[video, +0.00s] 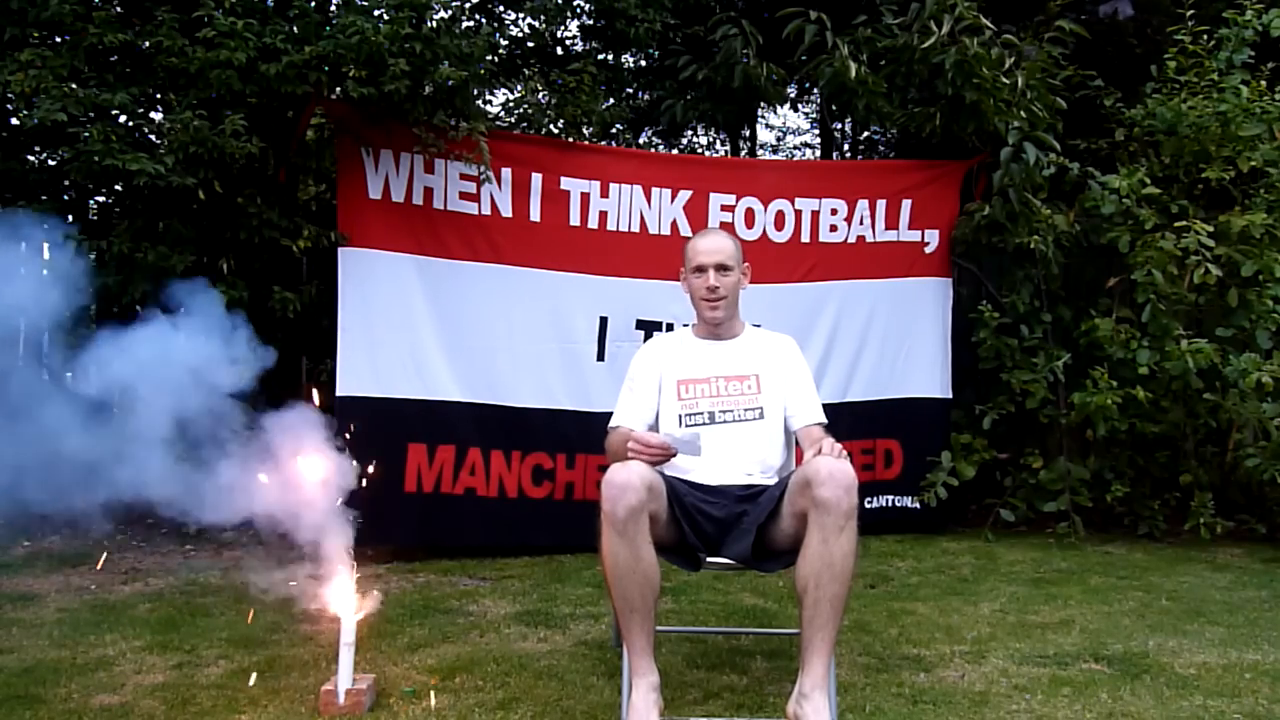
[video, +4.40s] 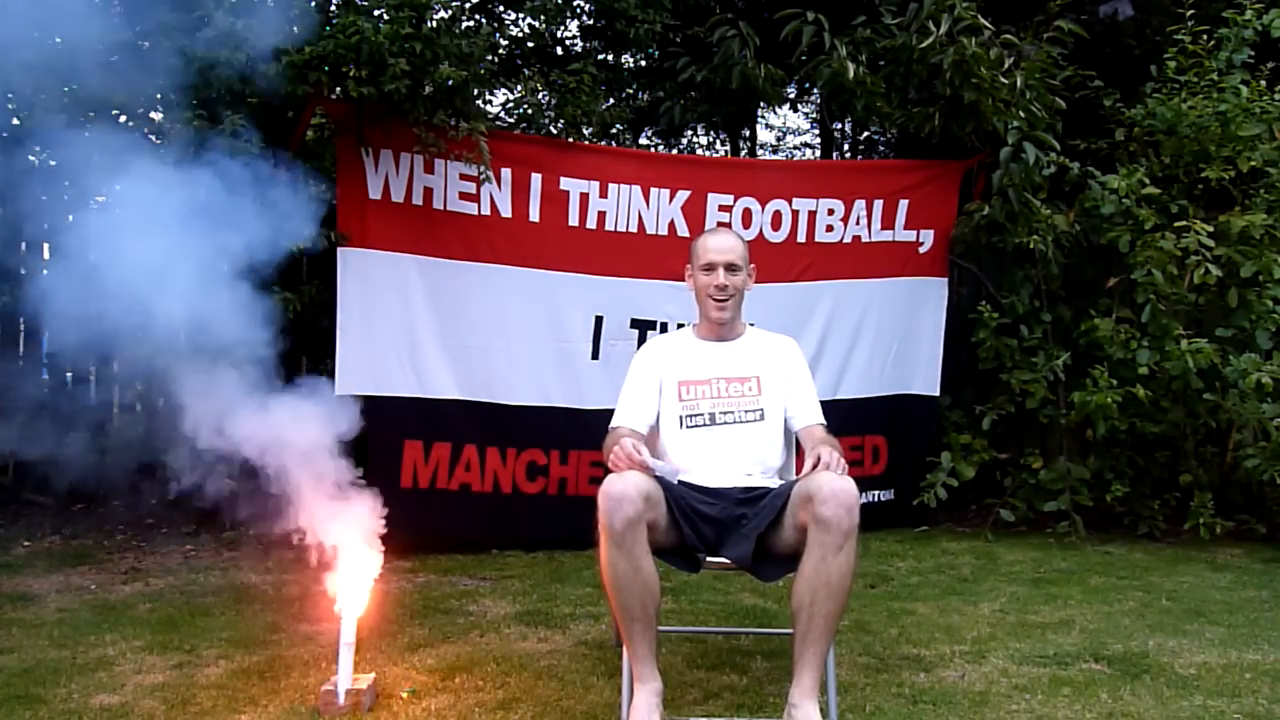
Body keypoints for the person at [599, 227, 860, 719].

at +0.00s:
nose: (711, 283)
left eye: (723, 270)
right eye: (699, 272)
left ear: (744, 276)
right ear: (684, 281)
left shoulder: (780, 350)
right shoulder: (657, 353)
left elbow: (811, 437)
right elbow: (614, 442)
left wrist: (825, 449)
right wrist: (634, 443)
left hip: (768, 502)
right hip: (680, 502)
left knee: (836, 477)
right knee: (620, 483)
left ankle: (813, 690)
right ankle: (642, 681)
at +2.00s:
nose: (721, 281)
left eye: (733, 270)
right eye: (709, 270)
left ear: (750, 278)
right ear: (691, 278)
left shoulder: (784, 349)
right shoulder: (658, 351)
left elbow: (814, 432)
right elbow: (622, 435)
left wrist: (824, 449)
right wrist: (621, 446)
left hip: (768, 503)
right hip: (680, 501)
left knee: (835, 485)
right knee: (619, 492)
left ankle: (807, 695)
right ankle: (645, 687)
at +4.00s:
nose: (720, 279)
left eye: (731, 268)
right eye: (707, 269)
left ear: (748, 276)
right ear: (689, 278)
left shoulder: (782, 351)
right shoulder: (657, 354)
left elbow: (814, 434)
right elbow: (622, 438)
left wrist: (824, 450)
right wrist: (622, 446)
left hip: (767, 503)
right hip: (680, 501)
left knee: (839, 499)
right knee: (618, 493)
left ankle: (804, 698)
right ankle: (645, 688)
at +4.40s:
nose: (721, 281)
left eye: (732, 269)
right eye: (709, 269)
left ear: (749, 278)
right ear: (690, 278)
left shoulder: (782, 351)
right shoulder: (657, 353)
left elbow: (814, 434)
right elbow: (621, 437)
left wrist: (825, 448)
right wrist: (622, 445)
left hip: (767, 503)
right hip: (680, 501)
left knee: (838, 494)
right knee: (617, 493)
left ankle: (804, 698)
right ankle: (645, 687)